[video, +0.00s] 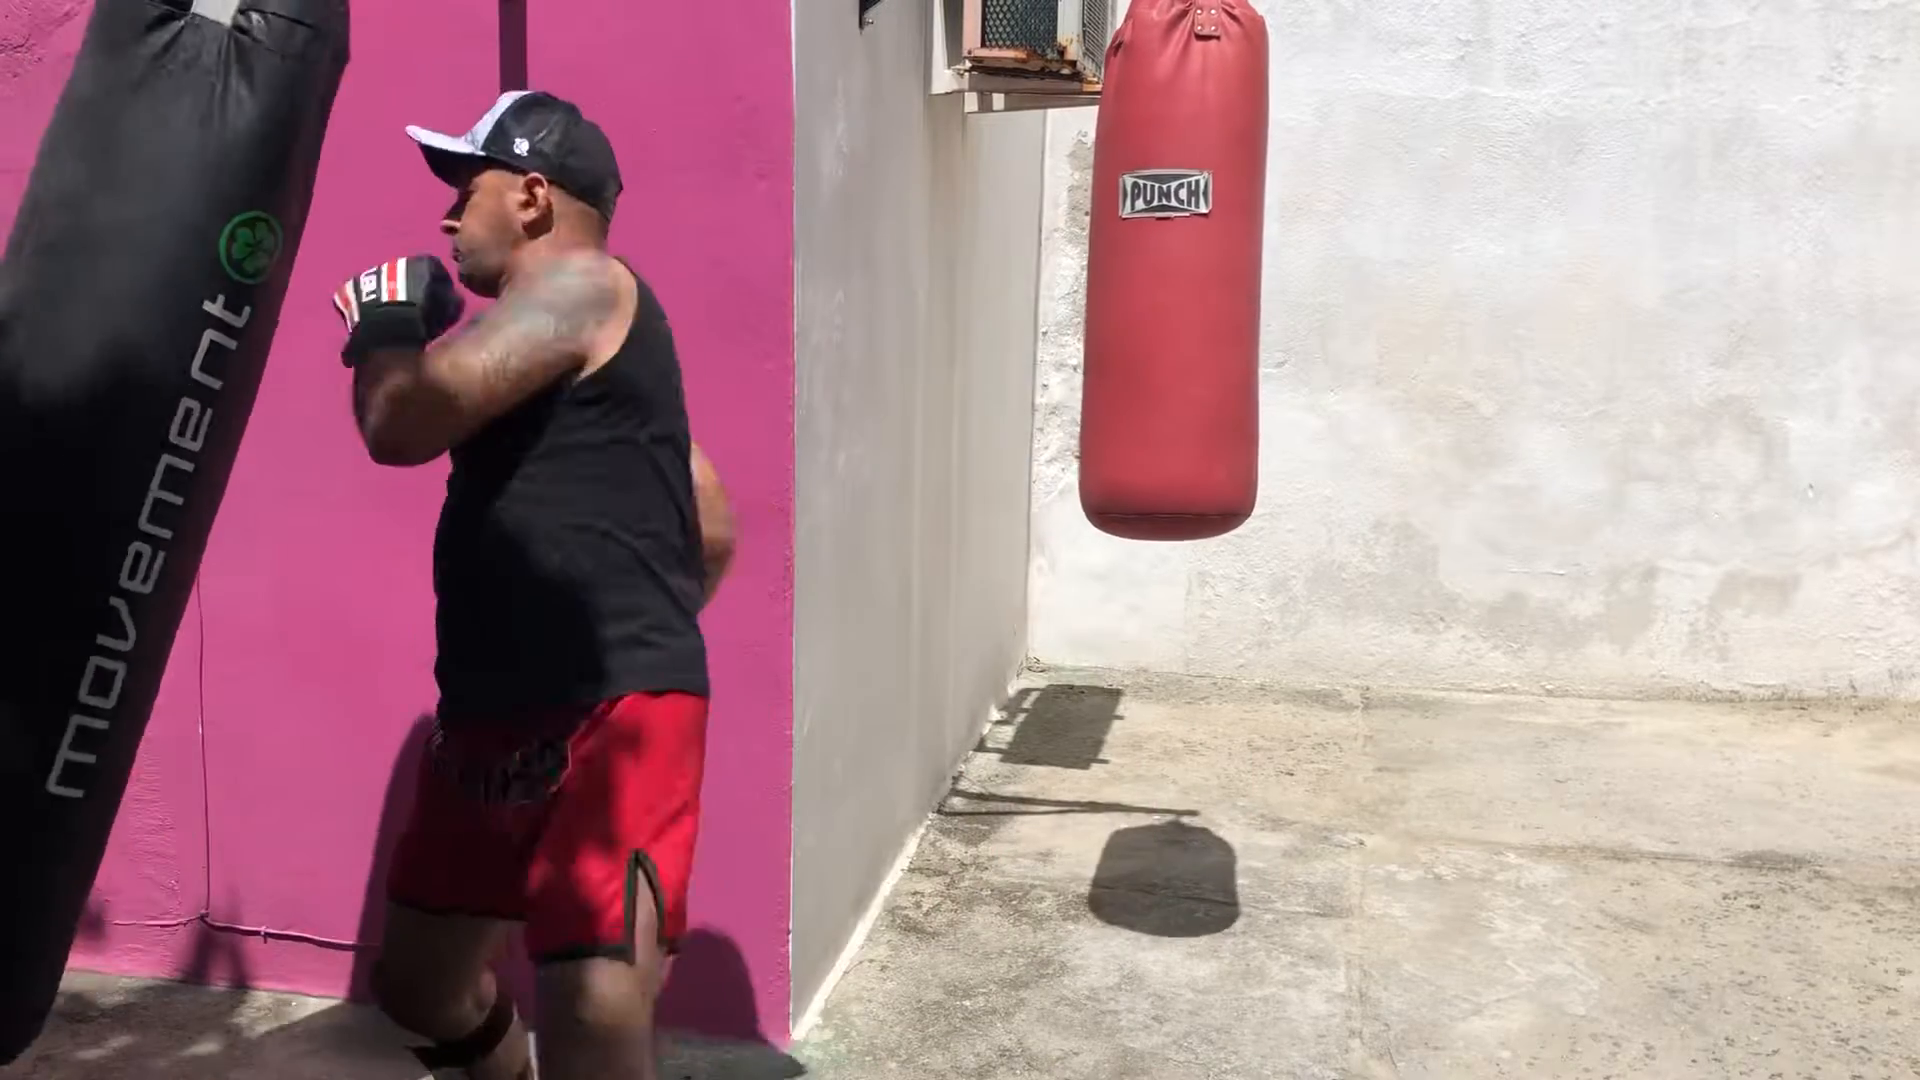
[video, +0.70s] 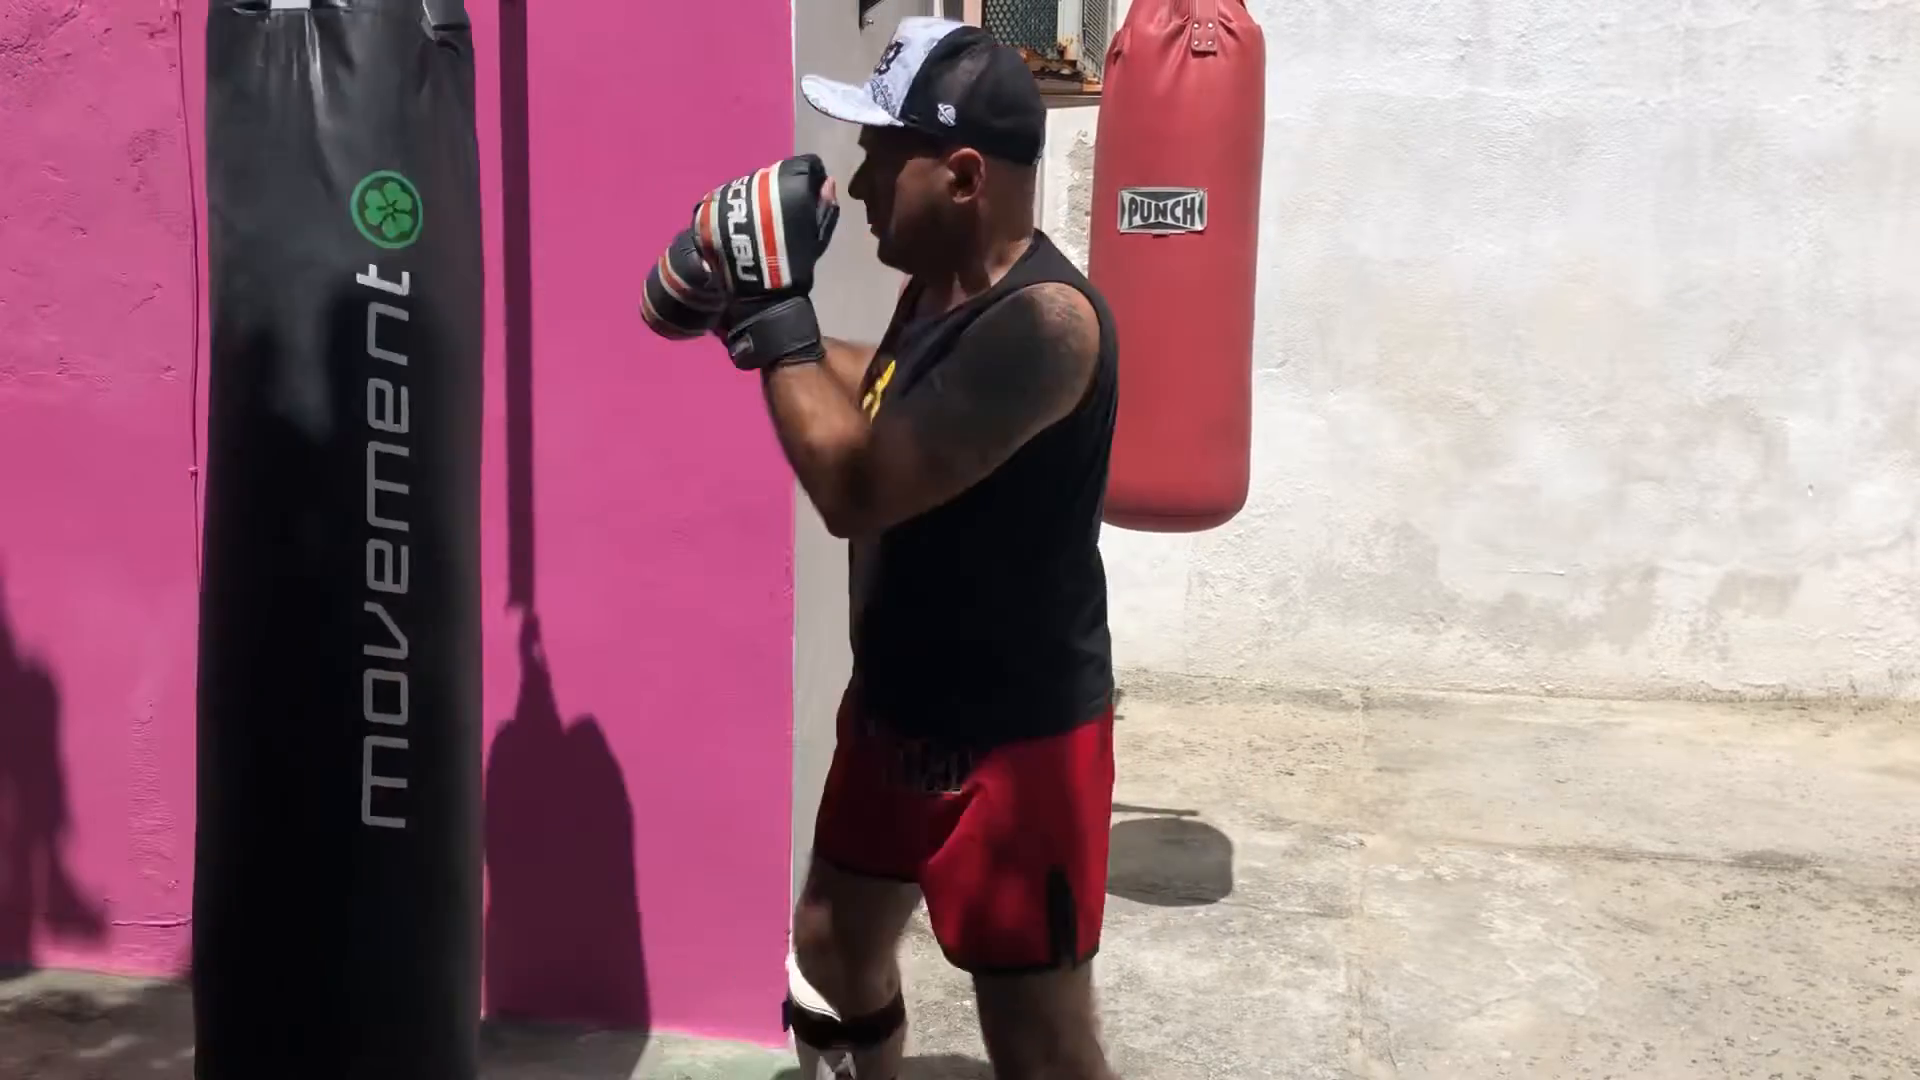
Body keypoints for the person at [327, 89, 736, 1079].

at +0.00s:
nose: (448, 208)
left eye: (467, 184)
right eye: (455, 187)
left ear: (533, 199)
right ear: (537, 202)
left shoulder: (585, 284)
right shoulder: (583, 328)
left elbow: (402, 424)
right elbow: (709, 530)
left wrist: (384, 327)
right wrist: (623, 654)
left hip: (617, 705)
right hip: (501, 702)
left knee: (596, 1023)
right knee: (425, 989)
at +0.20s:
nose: (532, 236)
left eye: (553, 212)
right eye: (539, 211)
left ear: (624, 236)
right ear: (623, 238)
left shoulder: (726, 367)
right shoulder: (593, 374)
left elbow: (571, 530)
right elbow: (541, 541)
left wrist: (466, 372)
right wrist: (414, 479)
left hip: (693, 763)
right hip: (548, 750)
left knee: (709, 1041)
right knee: (428, 1001)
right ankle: (496, 1063)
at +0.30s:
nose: (595, 211)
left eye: (614, 189)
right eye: (597, 189)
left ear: (684, 205)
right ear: (681, 206)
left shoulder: (789, 337)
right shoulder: (655, 339)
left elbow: (605, 485)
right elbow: (592, 439)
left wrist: (549, 289)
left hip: (749, 756)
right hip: (603, 740)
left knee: (751, 1056)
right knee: (504, 998)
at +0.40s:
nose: (661, 192)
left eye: (676, 164)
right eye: (656, 162)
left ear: (760, 159)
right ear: (748, 160)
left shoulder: (869, 299)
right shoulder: (692, 266)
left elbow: (686, 435)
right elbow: (560, 326)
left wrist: (650, 241)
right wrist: (409, 266)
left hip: (813, 700)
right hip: (656, 692)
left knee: (803, 1001)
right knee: (574, 955)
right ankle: (674, 1058)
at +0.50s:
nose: (726, 140)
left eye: (751, 120)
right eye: (729, 118)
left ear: (828, 144)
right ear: (817, 144)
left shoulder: (916, 296)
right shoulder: (741, 241)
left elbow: (732, 437)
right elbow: (564, 279)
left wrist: (683, 246)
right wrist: (397, 239)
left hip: (844, 679)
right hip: (694, 661)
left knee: (857, 1014)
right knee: (639, 944)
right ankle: (764, 1070)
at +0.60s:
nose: (816, 156)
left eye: (841, 136)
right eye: (822, 131)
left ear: (924, 166)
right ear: (913, 166)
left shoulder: (994, 322)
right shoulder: (853, 265)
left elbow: (795, 463)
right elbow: (731, 335)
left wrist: (733, 273)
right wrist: (587, 256)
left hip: (936, 715)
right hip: (802, 692)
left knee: (973, 1044)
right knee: (766, 962)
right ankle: (830, 1070)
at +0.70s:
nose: (857, 182)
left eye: (881, 156)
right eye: (865, 153)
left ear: (963, 173)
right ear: (960, 175)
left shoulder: (1048, 320)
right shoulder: (943, 282)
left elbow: (860, 493)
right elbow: (886, 394)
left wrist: (769, 315)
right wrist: (749, 316)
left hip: (1019, 733)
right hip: (899, 703)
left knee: (1041, 1038)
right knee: (839, 944)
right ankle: (864, 1071)